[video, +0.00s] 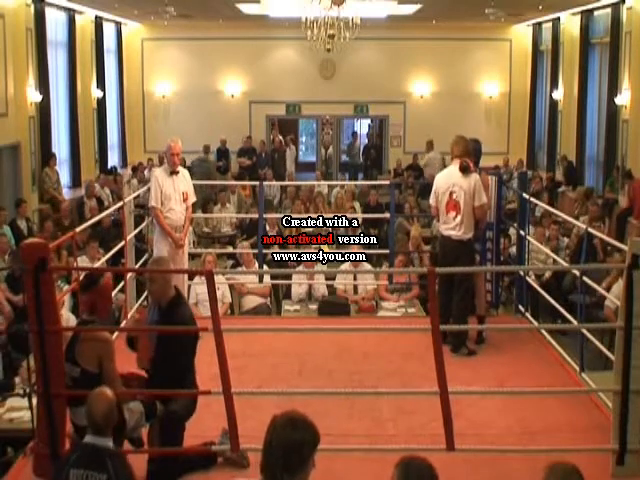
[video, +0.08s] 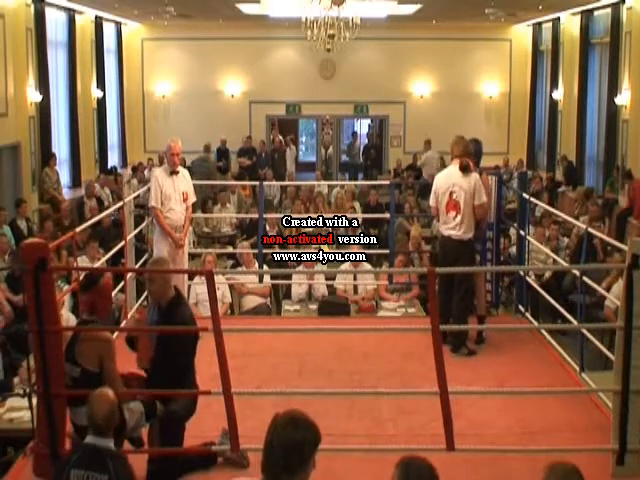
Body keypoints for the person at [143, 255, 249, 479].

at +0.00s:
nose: (149, 286)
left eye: (154, 280)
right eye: (147, 280)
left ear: (169, 280)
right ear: (148, 279)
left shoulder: (180, 318)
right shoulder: (158, 307)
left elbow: (171, 372)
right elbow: (141, 347)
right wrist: (133, 334)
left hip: (178, 396)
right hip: (161, 390)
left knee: (161, 470)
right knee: (159, 467)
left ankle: (217, 452)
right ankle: (215, 449)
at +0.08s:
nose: (149, 287)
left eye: (154, 281)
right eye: (148, 280)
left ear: (169, 280)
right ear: (146, 280)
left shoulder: (181, 319)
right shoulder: (158, 307)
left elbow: (170, 374)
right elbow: (143, 349)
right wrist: (132, 335)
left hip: (178, 396)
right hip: (160, 391)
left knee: (161, 469)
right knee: (159, 467)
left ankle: (217, 452)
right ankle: (215, 450)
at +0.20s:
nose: (149, 286)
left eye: (153, 280)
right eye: (147, 280)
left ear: (169, 280)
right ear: (146, 280)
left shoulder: (181, 319)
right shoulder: (158, 307)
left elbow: (169, 372)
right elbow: (149, 350)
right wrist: (133, 334)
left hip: (179, 395)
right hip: (160, 390)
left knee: (161, 469)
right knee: (159, 467)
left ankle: (217, 452)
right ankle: (215, 450)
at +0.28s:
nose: (149, 287)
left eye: (153, 281)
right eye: (147, 281)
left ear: (168, 280)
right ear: (146, 281)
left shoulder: (180, 318)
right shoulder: (160, 307)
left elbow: (168, 373)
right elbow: (148, 348)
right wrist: (134, 331)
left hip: (178, 396)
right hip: (162, 389)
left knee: (161, 470)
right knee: (159, 467)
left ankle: (217, 452)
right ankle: (215, 449)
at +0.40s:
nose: (146, 288)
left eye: (150, 282)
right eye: (145, 281)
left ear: (165, 281)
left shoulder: (180, 318)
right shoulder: (159, 309)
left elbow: (175, 369)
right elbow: (158, 358)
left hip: (177, 396)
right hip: (162, 391)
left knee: (161, 469)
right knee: (158, 467)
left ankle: (217, 452)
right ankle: (215, 449)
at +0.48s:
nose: (145, 288)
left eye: (149, 282)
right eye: (144, 282)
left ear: (164, 282)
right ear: (160, 282)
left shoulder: (180, 319)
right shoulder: (157, 309)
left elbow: (180, 371)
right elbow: (156, 357)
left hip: (175, 399)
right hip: (161, 394)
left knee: (161, 469)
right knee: (158, 467)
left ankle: (217, 451)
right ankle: (215, 449)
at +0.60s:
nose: (145, 288)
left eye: (149, 282)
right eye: (144, 281)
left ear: (165, 281)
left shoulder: (180, 318)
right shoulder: (155, 308)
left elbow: (182, 369)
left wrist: (173, 406)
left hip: (175, 399)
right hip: (160, 393)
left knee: (162, 469)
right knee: (157, 467)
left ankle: (217, 451)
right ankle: (215, 449)